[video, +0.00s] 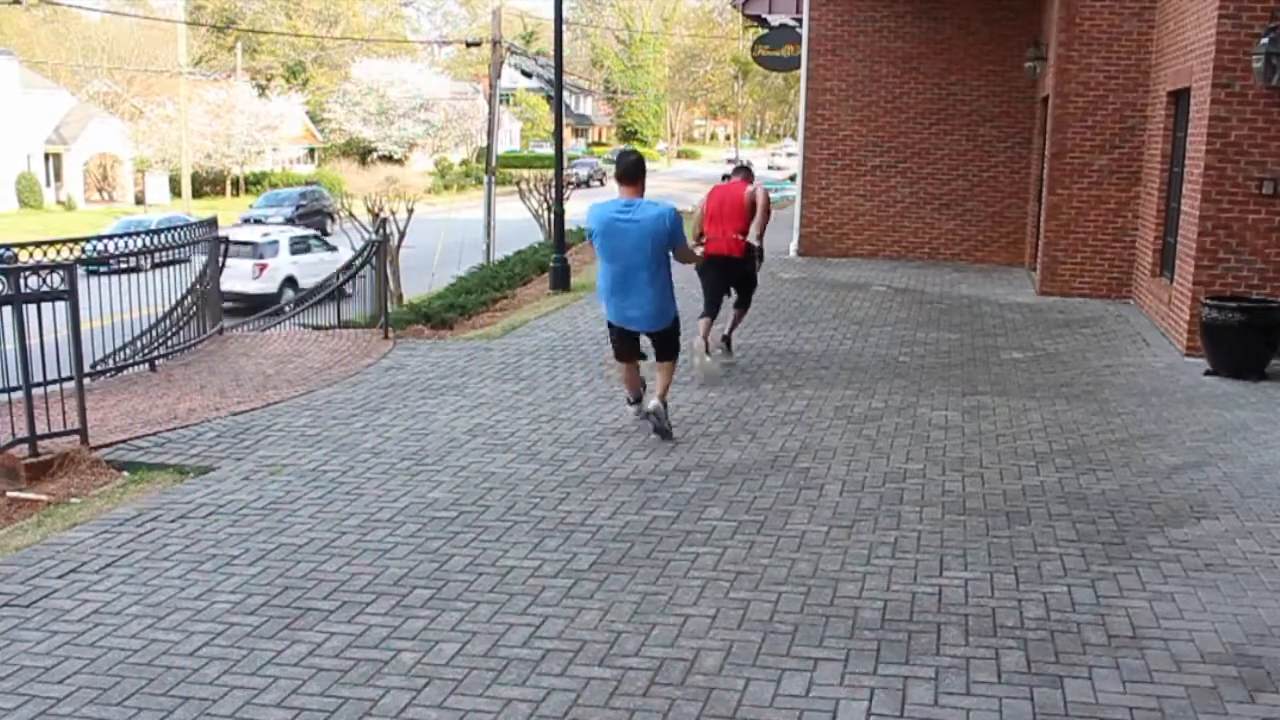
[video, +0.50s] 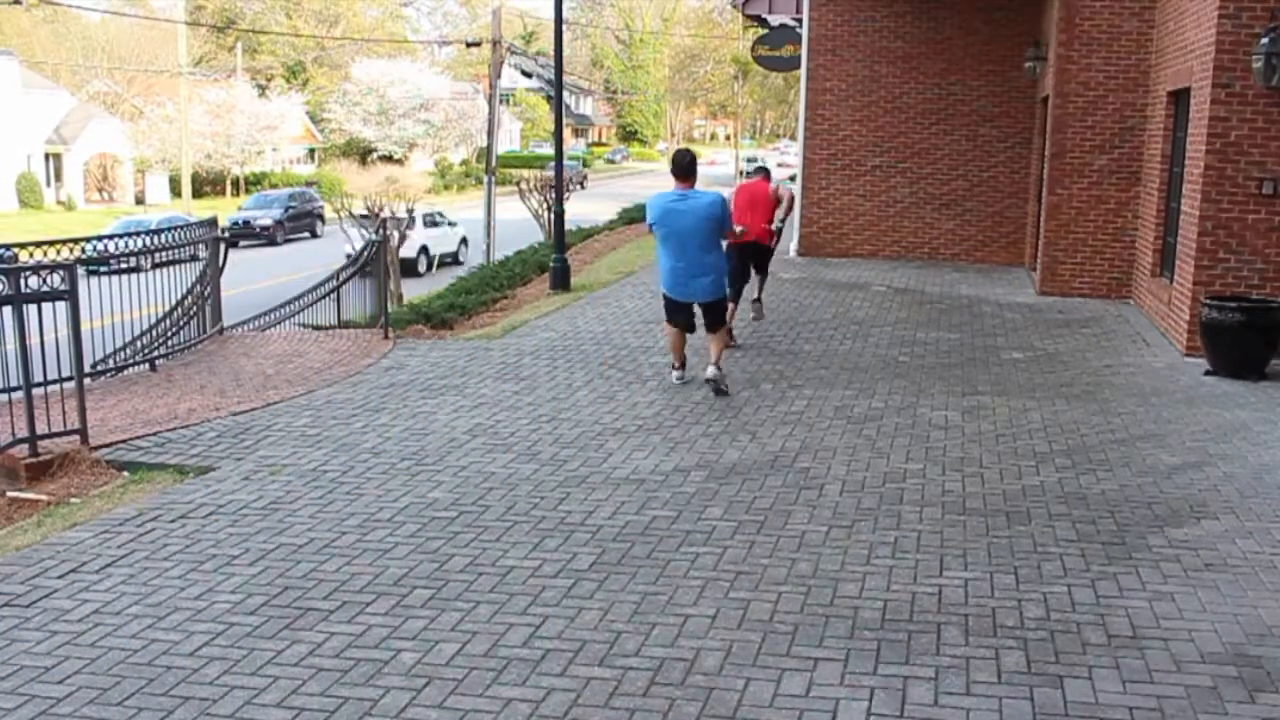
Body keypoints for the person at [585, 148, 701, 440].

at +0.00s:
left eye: (619, 176)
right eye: (642, 175)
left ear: (615, 179)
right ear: (644, 177)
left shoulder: (597, 214)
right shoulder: (664, 214)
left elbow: (598, 251)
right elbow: (682, 254)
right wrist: (696, 255)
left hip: (617, 308)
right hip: (657, 308)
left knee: (627, 360)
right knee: (667, 354)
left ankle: (637, 403)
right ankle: (659, 400)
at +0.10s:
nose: (647, 182)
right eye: (650, 177)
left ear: (626, 181)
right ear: (654, 180)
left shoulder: (608, 214)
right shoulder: (672, 216)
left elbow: (612, 251)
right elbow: (692, 255)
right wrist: (706, 255)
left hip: (632, 307)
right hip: (669, 303)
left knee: (641, 355)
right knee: (685, 337)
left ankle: (644, 400)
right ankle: (679, 389)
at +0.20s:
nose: (663, 181)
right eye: (665, 177)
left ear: (641, 180)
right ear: (667, 179)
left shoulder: (621, 210)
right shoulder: (683, 214)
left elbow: (617, 235)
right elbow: (699, 255)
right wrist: (707, 254)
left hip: (640, 301)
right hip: (678, 301)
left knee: (647, 347)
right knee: (698, 341)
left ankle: (644, 396)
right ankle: (706, 385)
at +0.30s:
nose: (679, 179)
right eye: (681, 176)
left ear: (657, 179)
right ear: (682, 179)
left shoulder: (638, 208)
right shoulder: (699, 212)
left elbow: (635, 238)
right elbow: (706, 244)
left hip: (654, 292)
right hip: (689, 294)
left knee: (658, 330)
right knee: (700, 342)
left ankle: (648, 369)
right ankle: (713, 382)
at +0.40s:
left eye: (674, 176)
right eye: (689, 175)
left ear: (668, 178)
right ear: (692, 178)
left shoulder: (650, 207)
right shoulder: (710, 209)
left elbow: (644, 235)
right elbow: (718, 238)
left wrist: (670, 231)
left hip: (667, 288)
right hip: (702, 288)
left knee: (670, 323)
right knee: (710, 335)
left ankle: (664, 370)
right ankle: (713, 380)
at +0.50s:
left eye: (677, 170)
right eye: (692, 169)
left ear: (672, 173)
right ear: (696, 171)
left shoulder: (656, 204)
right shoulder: (715, 201)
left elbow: (653, 229)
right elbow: (726, 232)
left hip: (675, 282)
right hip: (710, 281)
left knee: (675, 324)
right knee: (716, 327)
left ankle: (678, 367)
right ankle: (714, 366)